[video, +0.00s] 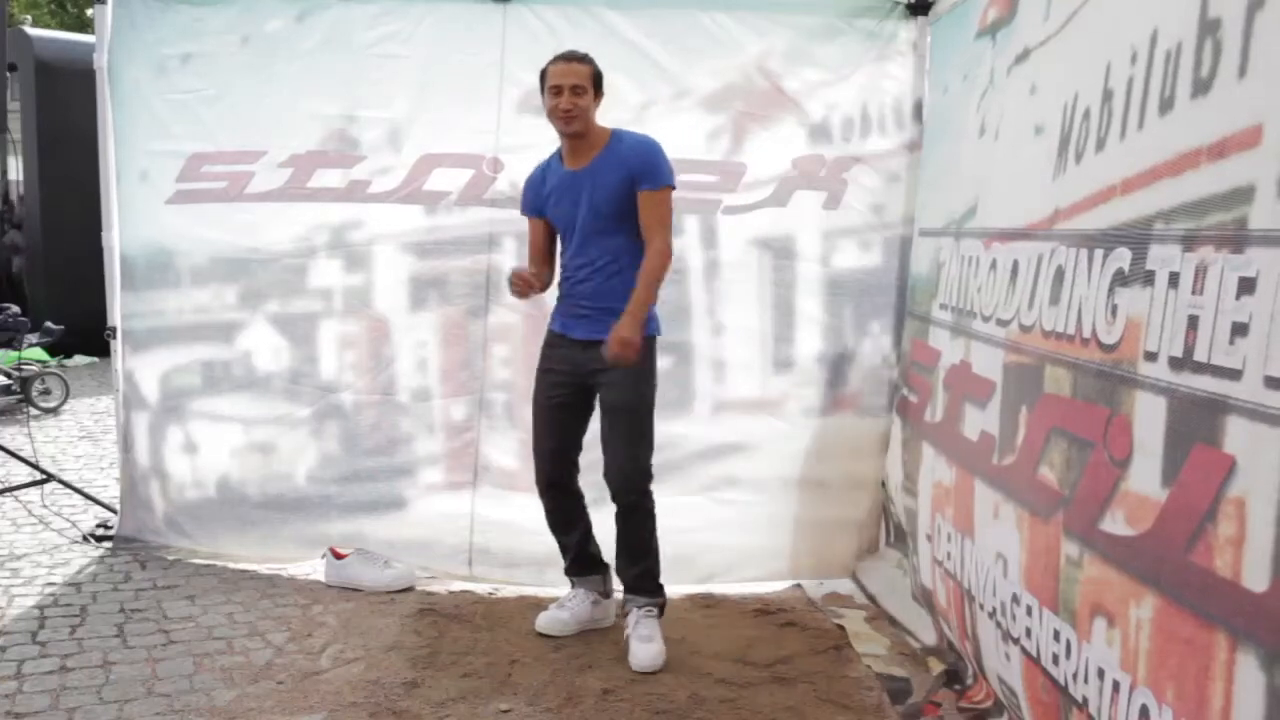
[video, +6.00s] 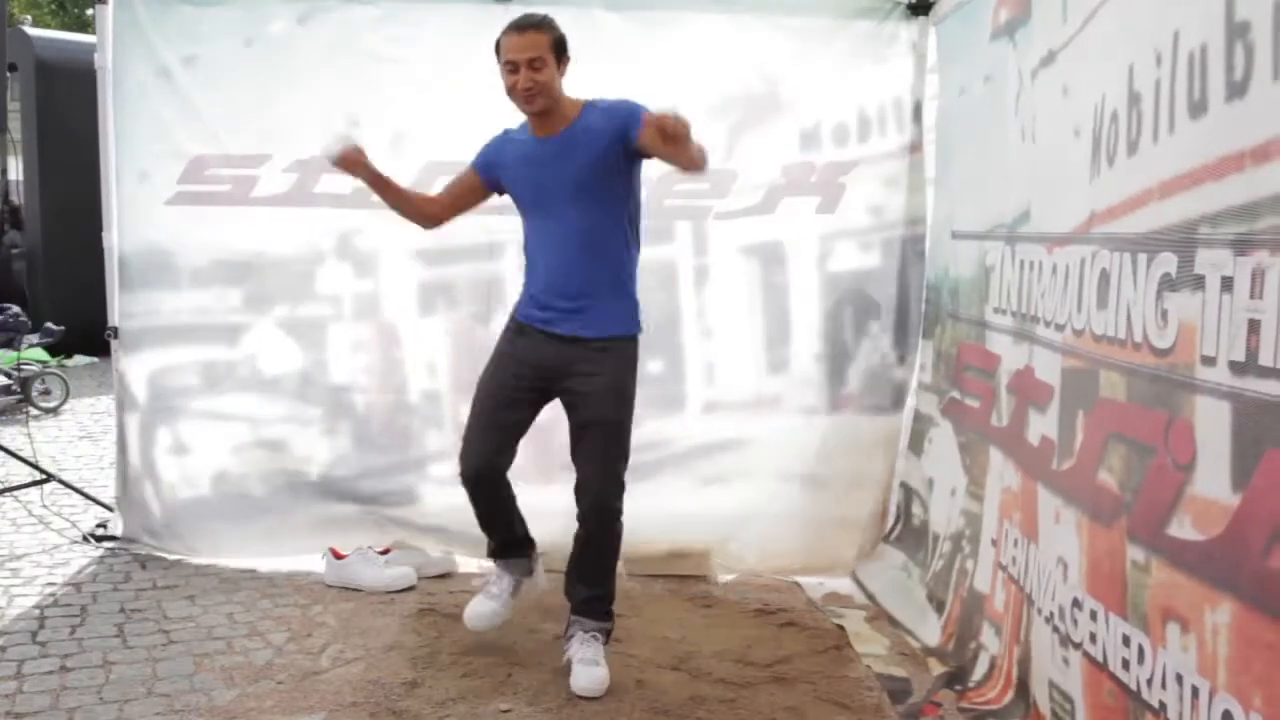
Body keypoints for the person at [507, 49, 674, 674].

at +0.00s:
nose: (566, 102)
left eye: (577, 91)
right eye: (556, 92)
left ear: (597, 99)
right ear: (543, 103)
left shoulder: (639, 155)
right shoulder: (540, 181)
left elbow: (658, 248)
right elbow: (539, 270)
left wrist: (633, 318)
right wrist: (526, 280)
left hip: (625, 344)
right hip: (565, 343)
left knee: (626, 478)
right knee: (554, 475)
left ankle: (644, 608)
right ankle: (591, 589)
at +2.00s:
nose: (548, 86)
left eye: (561, 76)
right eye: (544, 76)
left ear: (594, 84)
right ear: (541, 85)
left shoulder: (640, 142)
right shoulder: (535, 164)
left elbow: (650, 226)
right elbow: (503, 257)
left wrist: (584, 214)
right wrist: (505, 233)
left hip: (627, 340)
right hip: (559, 339)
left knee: (626, 485)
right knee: (553, 476)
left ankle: (625, 621)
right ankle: (576, 591)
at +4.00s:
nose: (583, 99)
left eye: (597, 88)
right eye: (574, 86)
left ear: (623, 92)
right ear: (561, 87)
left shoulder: (650, 176)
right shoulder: (523, 148)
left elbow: (661, 280)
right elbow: (443, 213)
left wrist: (678, 263)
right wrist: (448, 185)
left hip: (609, 349)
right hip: (536, 354)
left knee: (604, 482)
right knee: (554, 499)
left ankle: (611, 622)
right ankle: (590, 610)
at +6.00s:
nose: (525, 79)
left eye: (536, 65)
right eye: (512, 69)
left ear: (563, 64)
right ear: (502, 77)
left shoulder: (616, 120)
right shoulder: (505, 151)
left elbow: (692, 163)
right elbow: (430, 213)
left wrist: (677, 138)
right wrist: (369, 175)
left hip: (605, 341)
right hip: (530, 333)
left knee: (600, 492)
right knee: (478, 465)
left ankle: (589, 629)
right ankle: (515, 561)